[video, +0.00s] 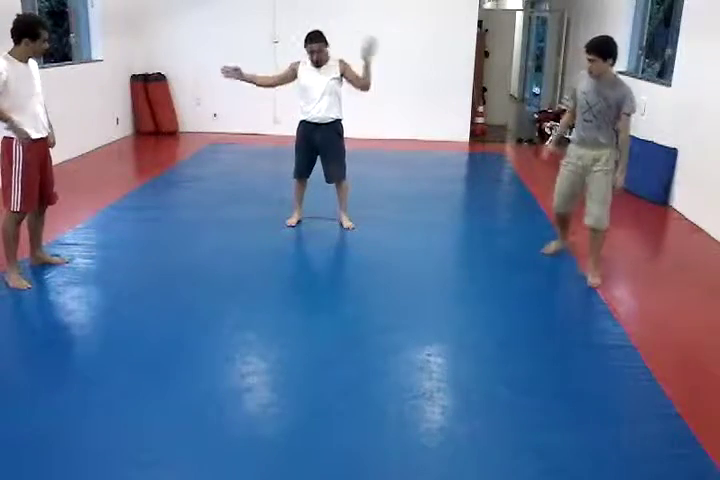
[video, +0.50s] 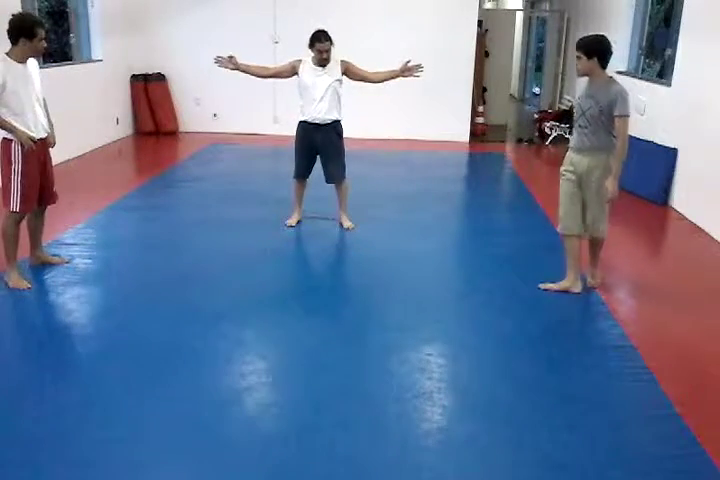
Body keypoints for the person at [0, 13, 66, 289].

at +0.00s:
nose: (47, 46)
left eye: (47, 41)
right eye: (44, 41)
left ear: (29, 42)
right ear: (26, 41)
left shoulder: (32, 64)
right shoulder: (5, 68)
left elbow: (37, 100)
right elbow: (0, 107)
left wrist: (48, 128)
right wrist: (17, 127)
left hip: (39, 140)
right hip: (16, 142)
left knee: (40, 202)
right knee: (17, 209)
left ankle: (37, 252)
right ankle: (11, 268)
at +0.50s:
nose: (45, 45)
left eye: (45, 39)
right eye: (41, 40)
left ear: (27, 41)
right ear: (24, 40)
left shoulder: (32, 63)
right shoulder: (4, 67)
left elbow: (39, 99)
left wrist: (49, 128)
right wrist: (16, 131)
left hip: (39, 140)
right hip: (14, 144)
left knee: (39, 202)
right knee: (16, 209)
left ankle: (37, 252)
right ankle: (11, 268)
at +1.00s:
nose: (46, 44)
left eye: (45, 38)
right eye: (42, 39)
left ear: (27, 41)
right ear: (25, 40)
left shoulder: (29, 65)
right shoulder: (5, 68)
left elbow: (33, 102)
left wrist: (42, 130)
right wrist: (17, 133)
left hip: (34, 142)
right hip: (12, 145)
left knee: (55, 197)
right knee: (14, 211)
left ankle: (42, 245)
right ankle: (11, 269)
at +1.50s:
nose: (51, 46)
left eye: (52, 41)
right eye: (51, 40)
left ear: (29, 37)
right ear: (42, 39)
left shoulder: (17, 61)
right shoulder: (26, 65)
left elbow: (9, 93)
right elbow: (30, 102)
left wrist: (35, 118)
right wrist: (49, 130)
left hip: (27, 136)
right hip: (36, 138)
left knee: (41, 198)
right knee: (59, 198)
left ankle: (42, 249)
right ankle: (36, 252)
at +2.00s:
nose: (69, 46)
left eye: (68, 41)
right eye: (68, 41)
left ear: (43, 38)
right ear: (64, 40)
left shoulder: (25, 63)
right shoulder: (63, 67)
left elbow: (4, 93)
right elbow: (83, 100)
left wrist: (23, 119)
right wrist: (79, 123)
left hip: (34, 134)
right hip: (60, 135)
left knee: (46, 190)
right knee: (71, 186)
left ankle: (44, 247)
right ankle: (70, 235)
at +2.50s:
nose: (83, 45)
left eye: (84, 41)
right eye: (83, 41)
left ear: (62, 36)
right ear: (76, 38)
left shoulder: (43, 56)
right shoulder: (71, 59)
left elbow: (19, 84)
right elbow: (86, 91)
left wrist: (33, 113)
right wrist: (82, 117)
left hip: (44, 124)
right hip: (63, 125)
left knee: (63, 177)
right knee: (72, 180)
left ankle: (68, 222)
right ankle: (69, 234)